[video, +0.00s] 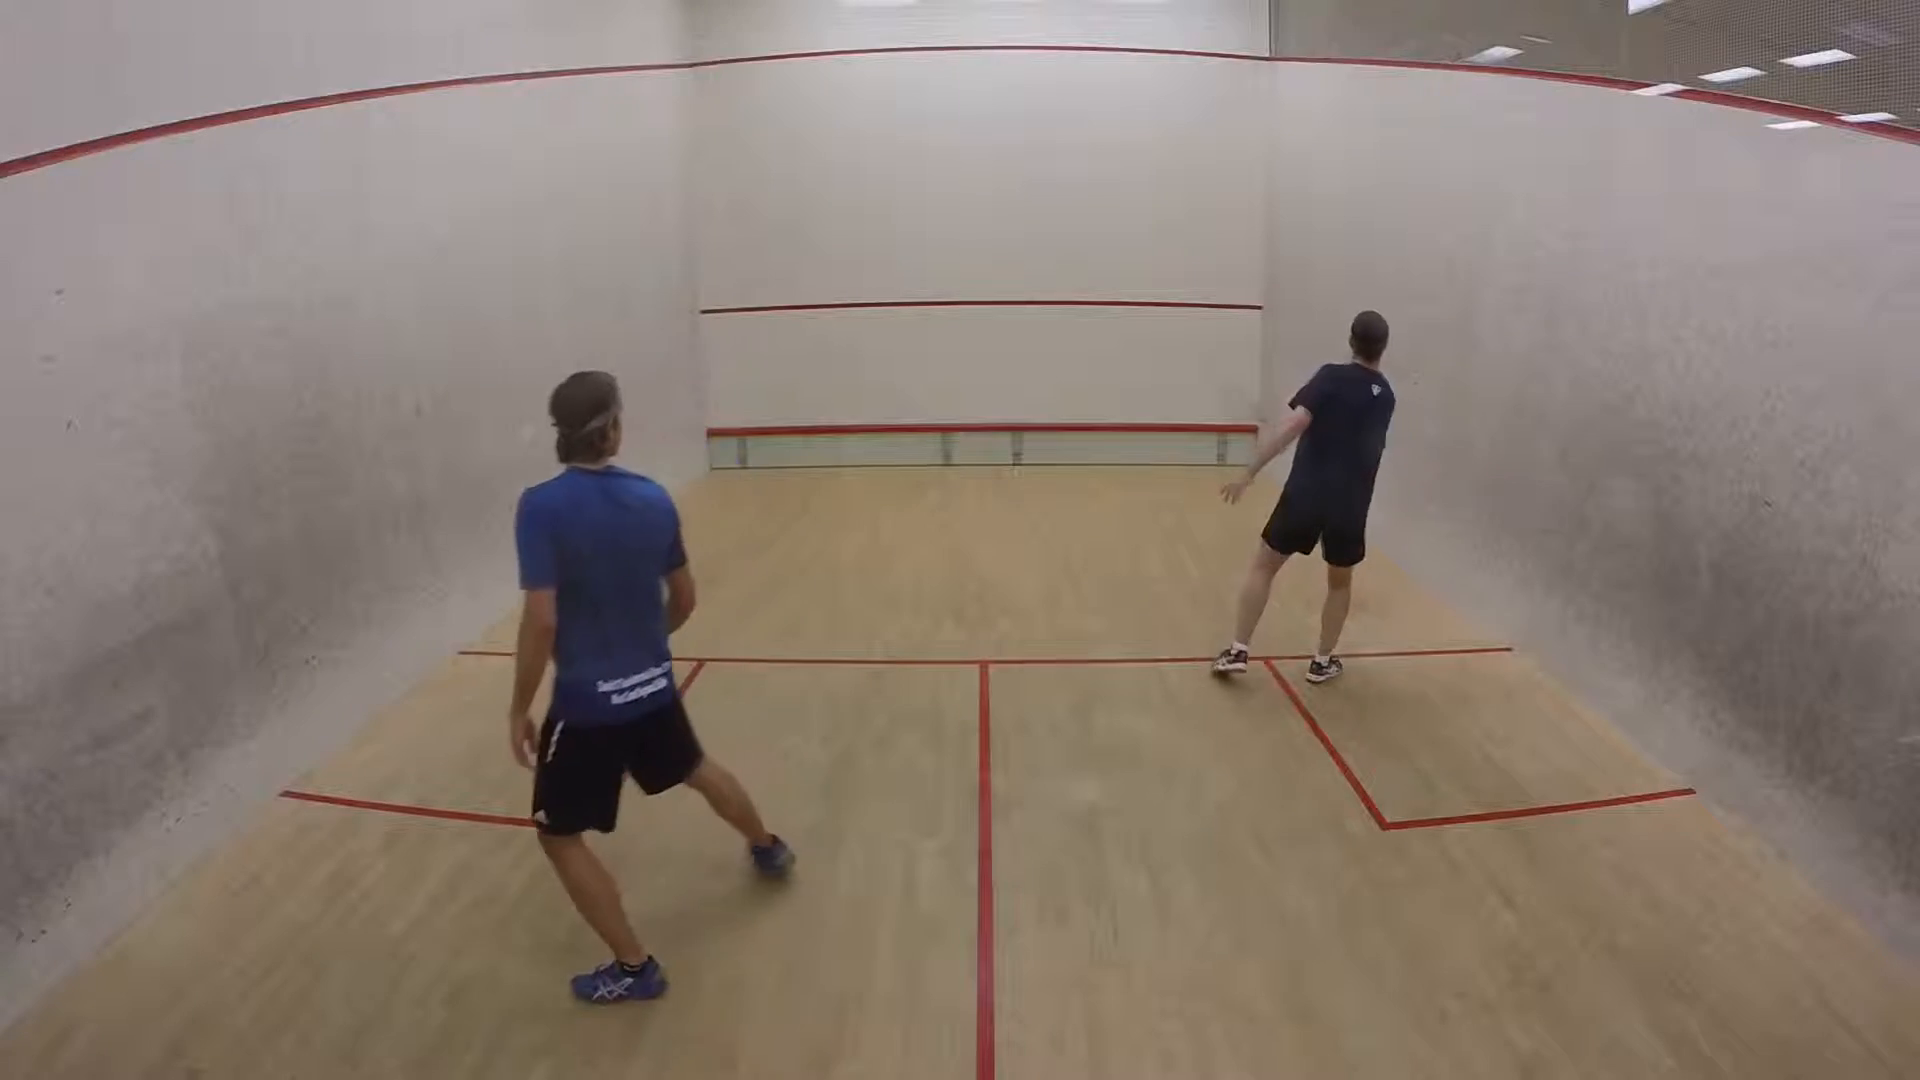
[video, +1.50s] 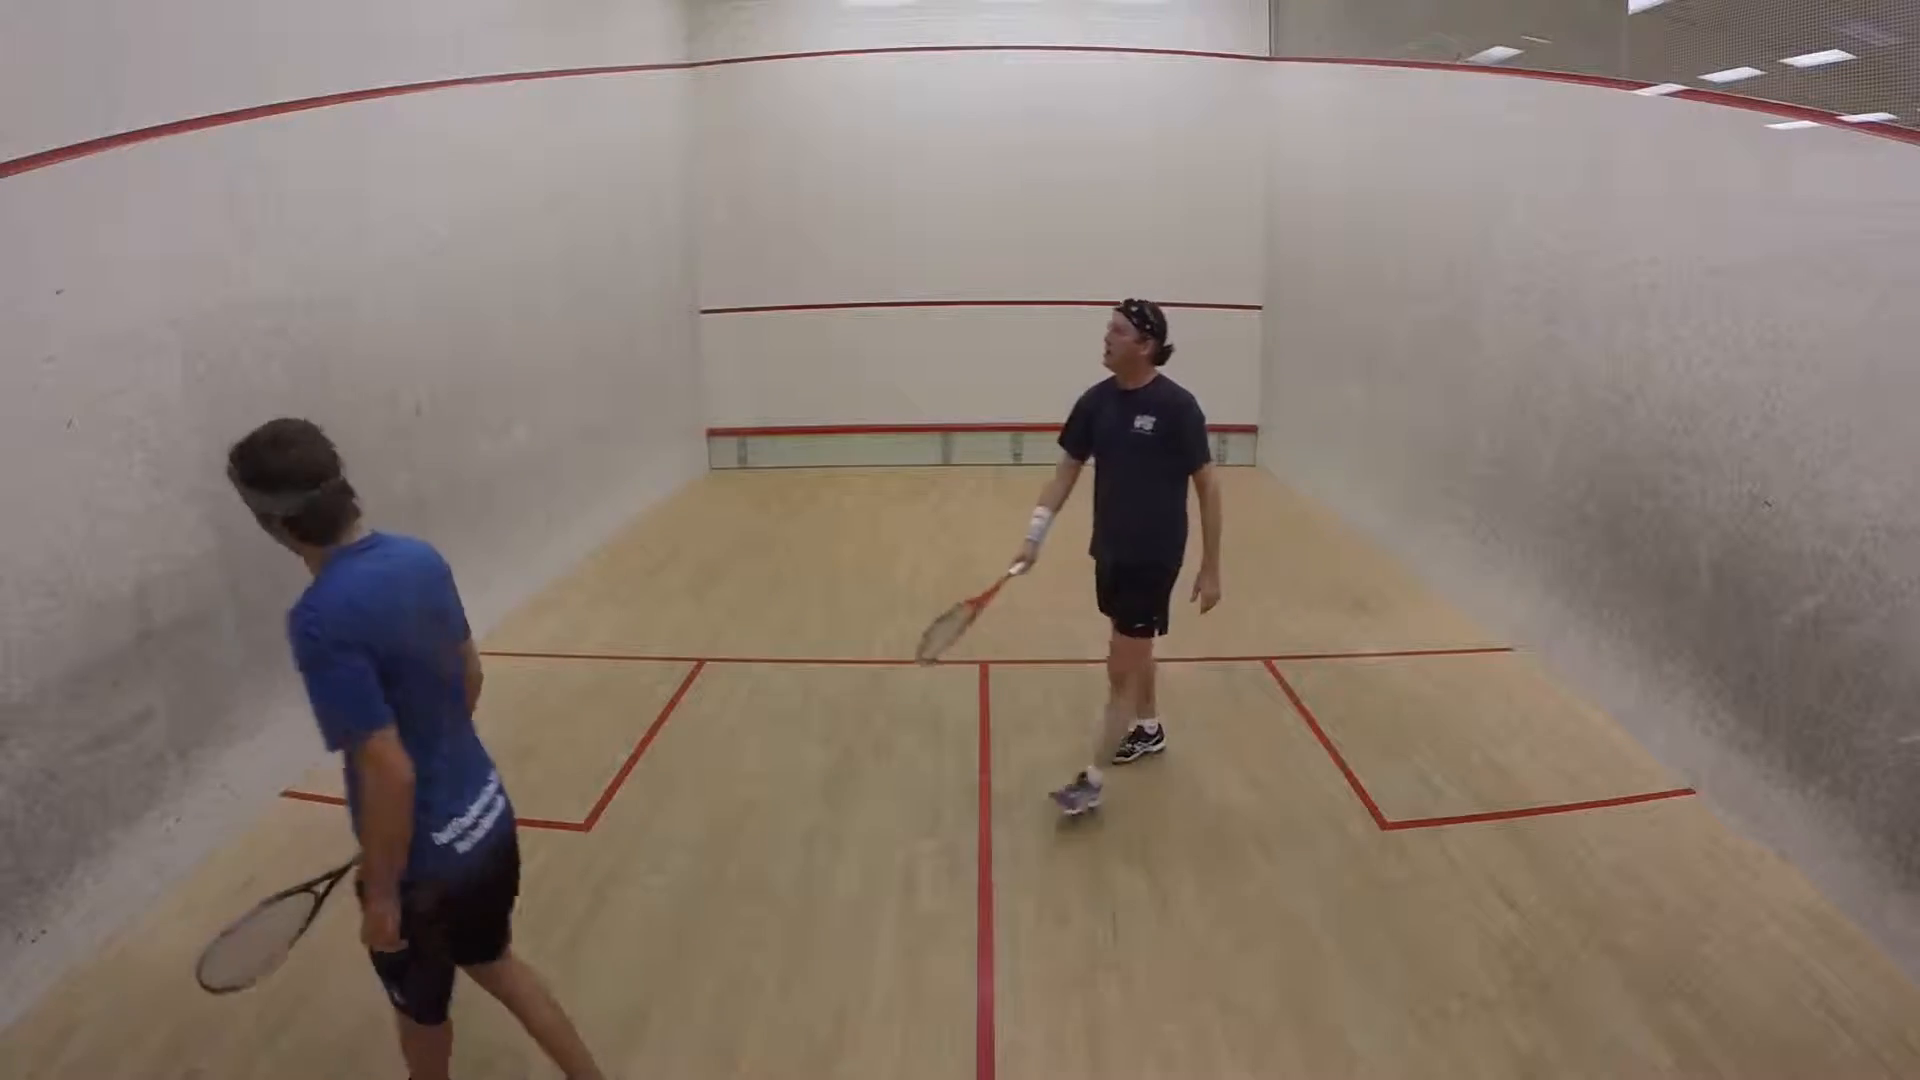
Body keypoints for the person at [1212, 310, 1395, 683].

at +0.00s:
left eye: (1354, 338)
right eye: (1378, 342)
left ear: (1350, 342)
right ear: (1384, 347)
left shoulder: (1329, 377)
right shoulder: (1385, 394)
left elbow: (1294, 426)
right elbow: (1370, 453)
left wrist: (1249, 474)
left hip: (1304, 499)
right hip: (1349, 508)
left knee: (1264, 567)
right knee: (1339, 584)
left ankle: (1238, 649)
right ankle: (1323, 660)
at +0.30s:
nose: (1306, 340)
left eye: (1308, 334)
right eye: (1309, 334)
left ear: (1315, 340)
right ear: (1341, 342)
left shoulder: (1326, 387)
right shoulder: (1340, 382)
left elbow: (1330, 452)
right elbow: (1287, 419)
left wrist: (1314, 513)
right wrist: (1240, 425)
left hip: (1305, 506)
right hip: (1339, 508)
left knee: (1269, 590)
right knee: (1330, 584)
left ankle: (1267, 687)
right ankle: (1323, 661)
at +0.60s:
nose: (1261, 338)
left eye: (1266, 332)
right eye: (1264, 332)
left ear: (1282, 339)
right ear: (1287, 339)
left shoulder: (1307, 391)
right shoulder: (1281, 388)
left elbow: (1324, 464)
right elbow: (1268, 459)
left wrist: (1310, 536)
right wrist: (1244, 506)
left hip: (1294, 521)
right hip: (1279, 517)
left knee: (1269, 608)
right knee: (1279, 597)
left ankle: (1278, 699)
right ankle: (1284, 663)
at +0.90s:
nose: (1218, 336)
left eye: (1226, 332)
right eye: (1222, 330)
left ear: (1248, 346)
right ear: (1245, 346)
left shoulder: (1279, 401)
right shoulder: (1225, 394)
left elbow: (1285, 482)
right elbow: (1228, 471)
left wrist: (1246, 548)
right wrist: (1215, 532)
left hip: (1272, 529)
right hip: (1229, 521)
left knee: (1274, 620)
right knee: (1196, 609)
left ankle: (1280, 698)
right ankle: (1176, 708)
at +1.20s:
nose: (1161, 331)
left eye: (1172, 327)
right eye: (1165, 324)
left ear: (1197, 343)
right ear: (1183, 343)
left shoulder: (1229, 401)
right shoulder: (1158, 395)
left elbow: (1247, 483)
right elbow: (1152, 465)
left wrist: (1230, 559)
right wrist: (1148, 523)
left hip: (1206, 540)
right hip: (1159, 531)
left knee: (1197, 646)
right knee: (1146, 629)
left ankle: (1245, 683)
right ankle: (1149, 726)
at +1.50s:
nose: (1106, 338)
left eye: (1118, 333)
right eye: (1108, 329)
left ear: (1147, 346)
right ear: (1122, 342)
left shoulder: (1178, 407)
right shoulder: (1096, 401)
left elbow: (1207, 486)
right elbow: (1065, 472)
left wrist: (1210, 567)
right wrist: (1033, 536)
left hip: (1155, 552)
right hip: (1108, 546)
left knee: (1121, 667)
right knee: (1133, 643)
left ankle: (1093, 779)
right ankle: (1147, 726)